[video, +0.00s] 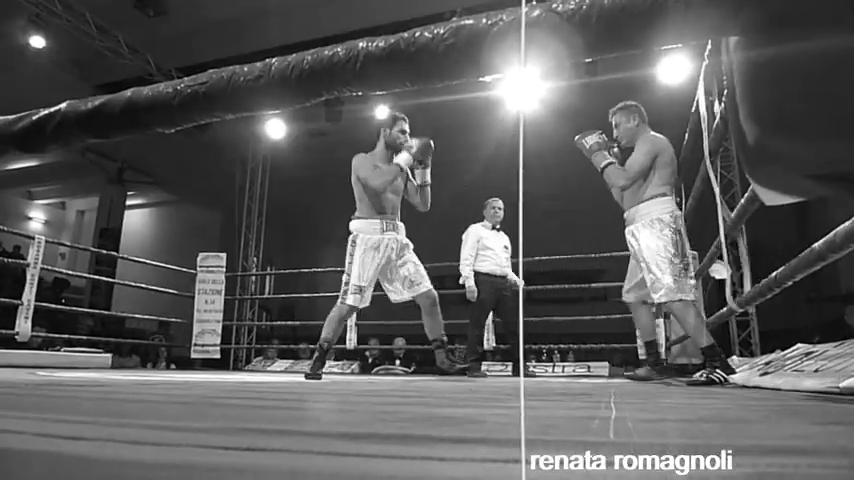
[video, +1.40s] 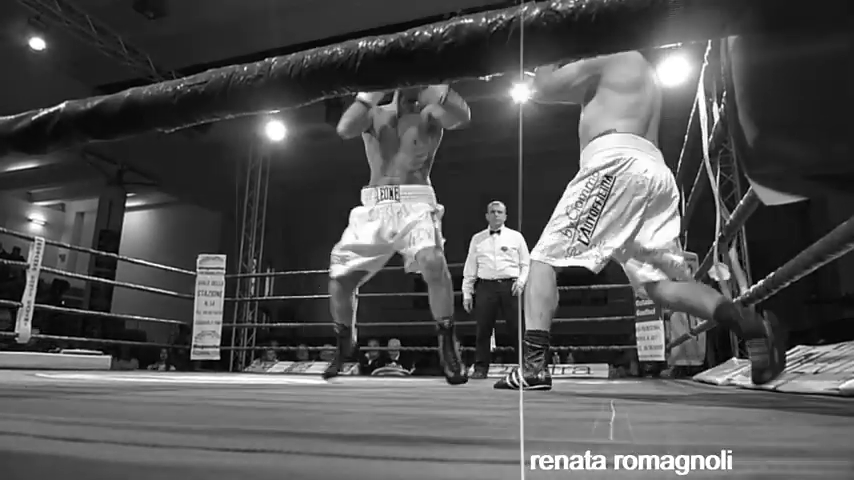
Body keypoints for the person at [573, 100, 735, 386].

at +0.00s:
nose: (615, 133)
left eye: (618, 125)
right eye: (613, 128)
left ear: (636, 120)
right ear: (632, 125)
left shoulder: (651, 141)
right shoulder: (637, 154)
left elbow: (623, 179)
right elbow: (625, 199)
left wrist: (601, 155)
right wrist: (605, 162)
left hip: (658, 226)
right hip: (642, 230)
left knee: (672, 295)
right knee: (635, 295)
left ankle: (715, 360)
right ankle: (653, 361)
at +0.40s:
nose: (610, 123)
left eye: (612, 116)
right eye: (608, 119)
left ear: (629, 112)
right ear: (630, 116)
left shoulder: (640, 129)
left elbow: (642, 168)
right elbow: (629, 193)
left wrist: (604, 161)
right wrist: (607, 162)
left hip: (656, 215)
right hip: (655, 217)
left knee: (632, 277)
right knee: (667, 289)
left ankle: (679, 348)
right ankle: (689, 356)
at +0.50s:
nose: (605, 125)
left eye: (608, 118)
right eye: (603, 120)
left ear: (626, 114)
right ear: (624, 117)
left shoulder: (642, 129)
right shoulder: (627, 147)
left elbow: (635, 169)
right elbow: (600, 184)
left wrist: (606, 149)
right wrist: (588, 149)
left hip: (650, 211)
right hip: (637, 215)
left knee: (616, 270)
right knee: (635, 290)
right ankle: (675, 353)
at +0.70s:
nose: (591, 117)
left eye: (593, 110)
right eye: (590, 111)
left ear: (610, 105)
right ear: (620, 106)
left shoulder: (617, 128)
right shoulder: (646, 133)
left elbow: (586, 169)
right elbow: (622, 168)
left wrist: (562, 137)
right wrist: (588, 147)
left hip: (631, 213)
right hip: (654, 212)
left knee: (584, 272)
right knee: (649, 289)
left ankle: (593, 361)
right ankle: (669, 355)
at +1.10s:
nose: (575, 80)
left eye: (577, 72)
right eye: (573, 73)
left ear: (595, 69)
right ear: (612, 69)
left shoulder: (594, 92)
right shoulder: (651, 97)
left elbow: (583, 143)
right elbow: (648, 145)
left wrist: (547, 142)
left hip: (614, 172)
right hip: (661, 177)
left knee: (552, 263)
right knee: (668, 280)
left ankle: (536, 353)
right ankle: (719, 364)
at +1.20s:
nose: (557, 70)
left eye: (559, 65)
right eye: (556, 65)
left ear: (570, 60)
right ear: (596, 54)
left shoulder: (574, 76)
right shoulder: (634, 82)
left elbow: (528, 129)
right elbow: (586, 144)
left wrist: (523, 90)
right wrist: (555, 116)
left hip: (610, 156)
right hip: (656, 159)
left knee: (555, 262)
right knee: (666, 270)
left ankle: (533, 365)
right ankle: (717, 363)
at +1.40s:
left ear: (604, 46)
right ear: (642, 52)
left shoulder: (615, 59)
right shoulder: (651, 83)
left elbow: (545, 85)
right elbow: (583, 91)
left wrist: (545, 71)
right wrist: (543, 84)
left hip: (617, 163)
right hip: (659, 175)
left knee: (543, 261)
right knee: (664, 287)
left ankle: (533, 366)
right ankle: (744, 320)